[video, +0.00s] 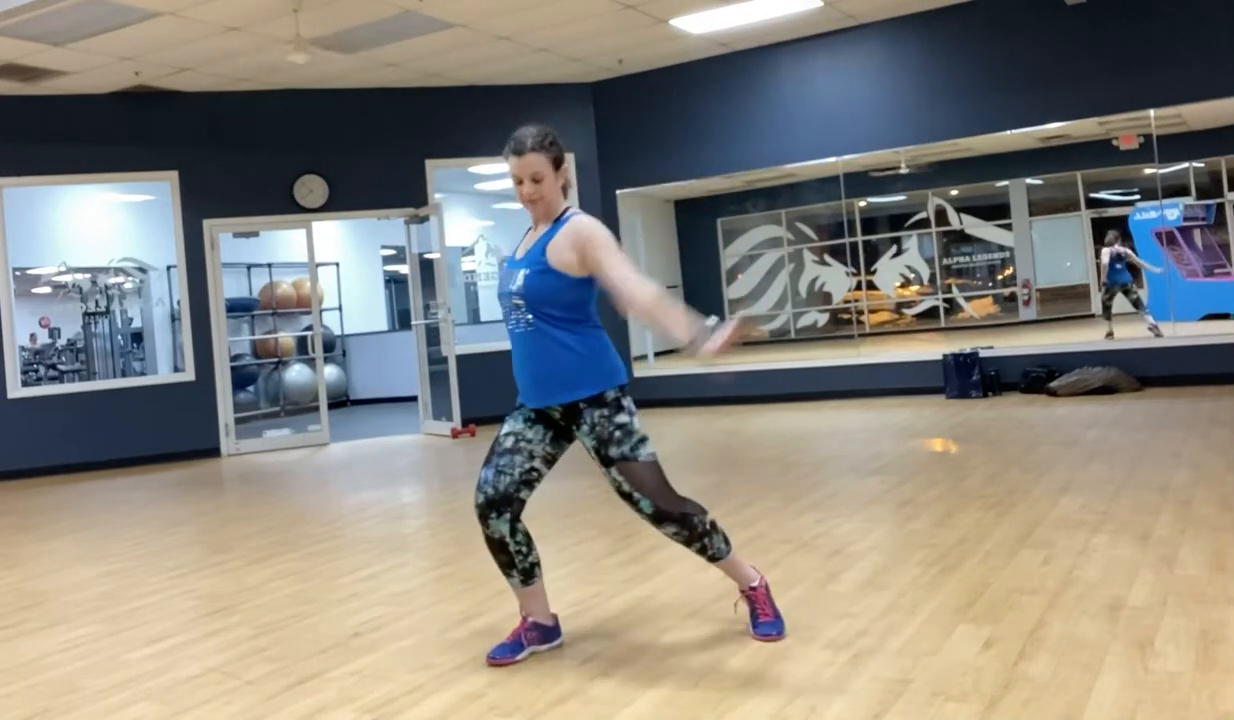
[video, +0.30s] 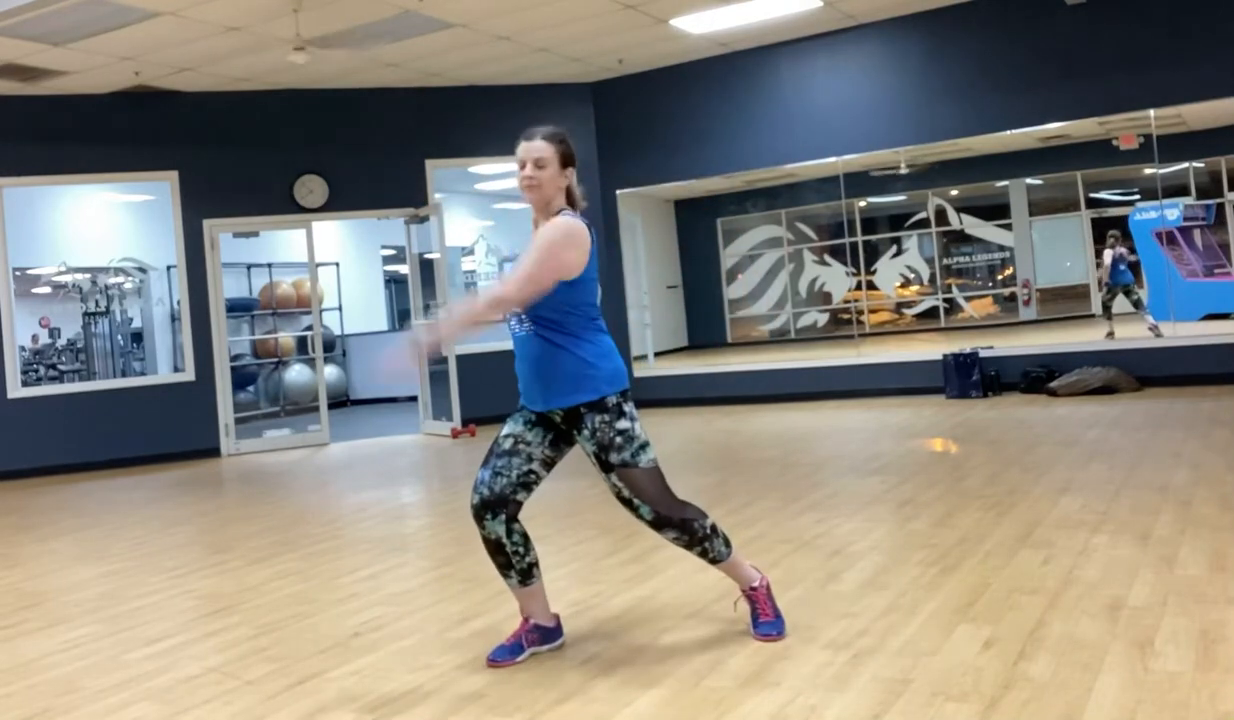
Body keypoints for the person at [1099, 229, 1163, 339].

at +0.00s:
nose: (1105, 240)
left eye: (1107, 238)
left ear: (1108, 240)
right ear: (1119, 240)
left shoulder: (1106, 250)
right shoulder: (1125, 250)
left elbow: (1105, 263)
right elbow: (1139, 262)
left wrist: (1103, 279)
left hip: (1113, 282)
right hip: (1127, 280)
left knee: (1106, 303)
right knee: (1138, 303)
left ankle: (1110, 329)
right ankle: (1152, 323)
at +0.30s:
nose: (1108, 241)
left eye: (1109, 239)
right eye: (1109, 239)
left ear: (1110, 240)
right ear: (1119, 240)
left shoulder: (1108, 251)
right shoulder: (1123, 251)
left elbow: (1107, 265)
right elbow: (1131, 258)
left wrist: (1105, 280)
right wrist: (1139, 257)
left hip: (1115, 282)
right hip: (1128, 281)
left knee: (1106, 303)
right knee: (1139, 304)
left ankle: (1110, 330)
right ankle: (1152, 324)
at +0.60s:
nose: (1107, 243)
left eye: (1109, 241)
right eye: (1108, 241)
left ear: (1111, 241)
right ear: (1118, 241)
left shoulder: (1109, 251)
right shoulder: (1123, 248)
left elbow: (1109, 264)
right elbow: (1104, 238)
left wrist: (1105, 280)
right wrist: (1090, 232)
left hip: (1115, 280)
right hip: (1128, 279)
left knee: (1107, 303)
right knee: (1138, 304)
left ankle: (1111, 330)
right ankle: (1152, 323)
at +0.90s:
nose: (1109, 242)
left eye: (1108, 240)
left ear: (1107, 241)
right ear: (1117, 239)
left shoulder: (1107, 251)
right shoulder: (1123, 248)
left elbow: (1104, 265)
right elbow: (1121, 232)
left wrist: (1104, 281)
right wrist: (1115, 218)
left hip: (1113, 281)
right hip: (1127, 278)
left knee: (1108, 304)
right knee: (1138, 304)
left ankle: (1110, 330)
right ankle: (1152, 323)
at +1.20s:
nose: (1106, 243)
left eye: (1106, 240)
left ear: (1105, 241)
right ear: (1117, 239)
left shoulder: (1105, 252)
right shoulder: (1123, 249)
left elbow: (1100, 264)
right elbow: (1127, 232)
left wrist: (1102, 279)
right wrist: (1128, 216)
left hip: (1112, 282)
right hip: (1127, 280)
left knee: (1109, 306)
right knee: (1139, 303)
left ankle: (1110, 330)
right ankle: (1152, 323)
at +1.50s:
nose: (1118, 239)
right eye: (1117, 237)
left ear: (1105, 241)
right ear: (1117, 239)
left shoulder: (1104, 252)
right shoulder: (1124, 247)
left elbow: (1093, 265)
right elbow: (1133, 234)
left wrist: (1098, 280)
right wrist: (1138, 221)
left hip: (1113, 281)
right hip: (1128, 279)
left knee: (1110, 306)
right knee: (1139, 301)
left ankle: (1111, 330)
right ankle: (1151, 324)